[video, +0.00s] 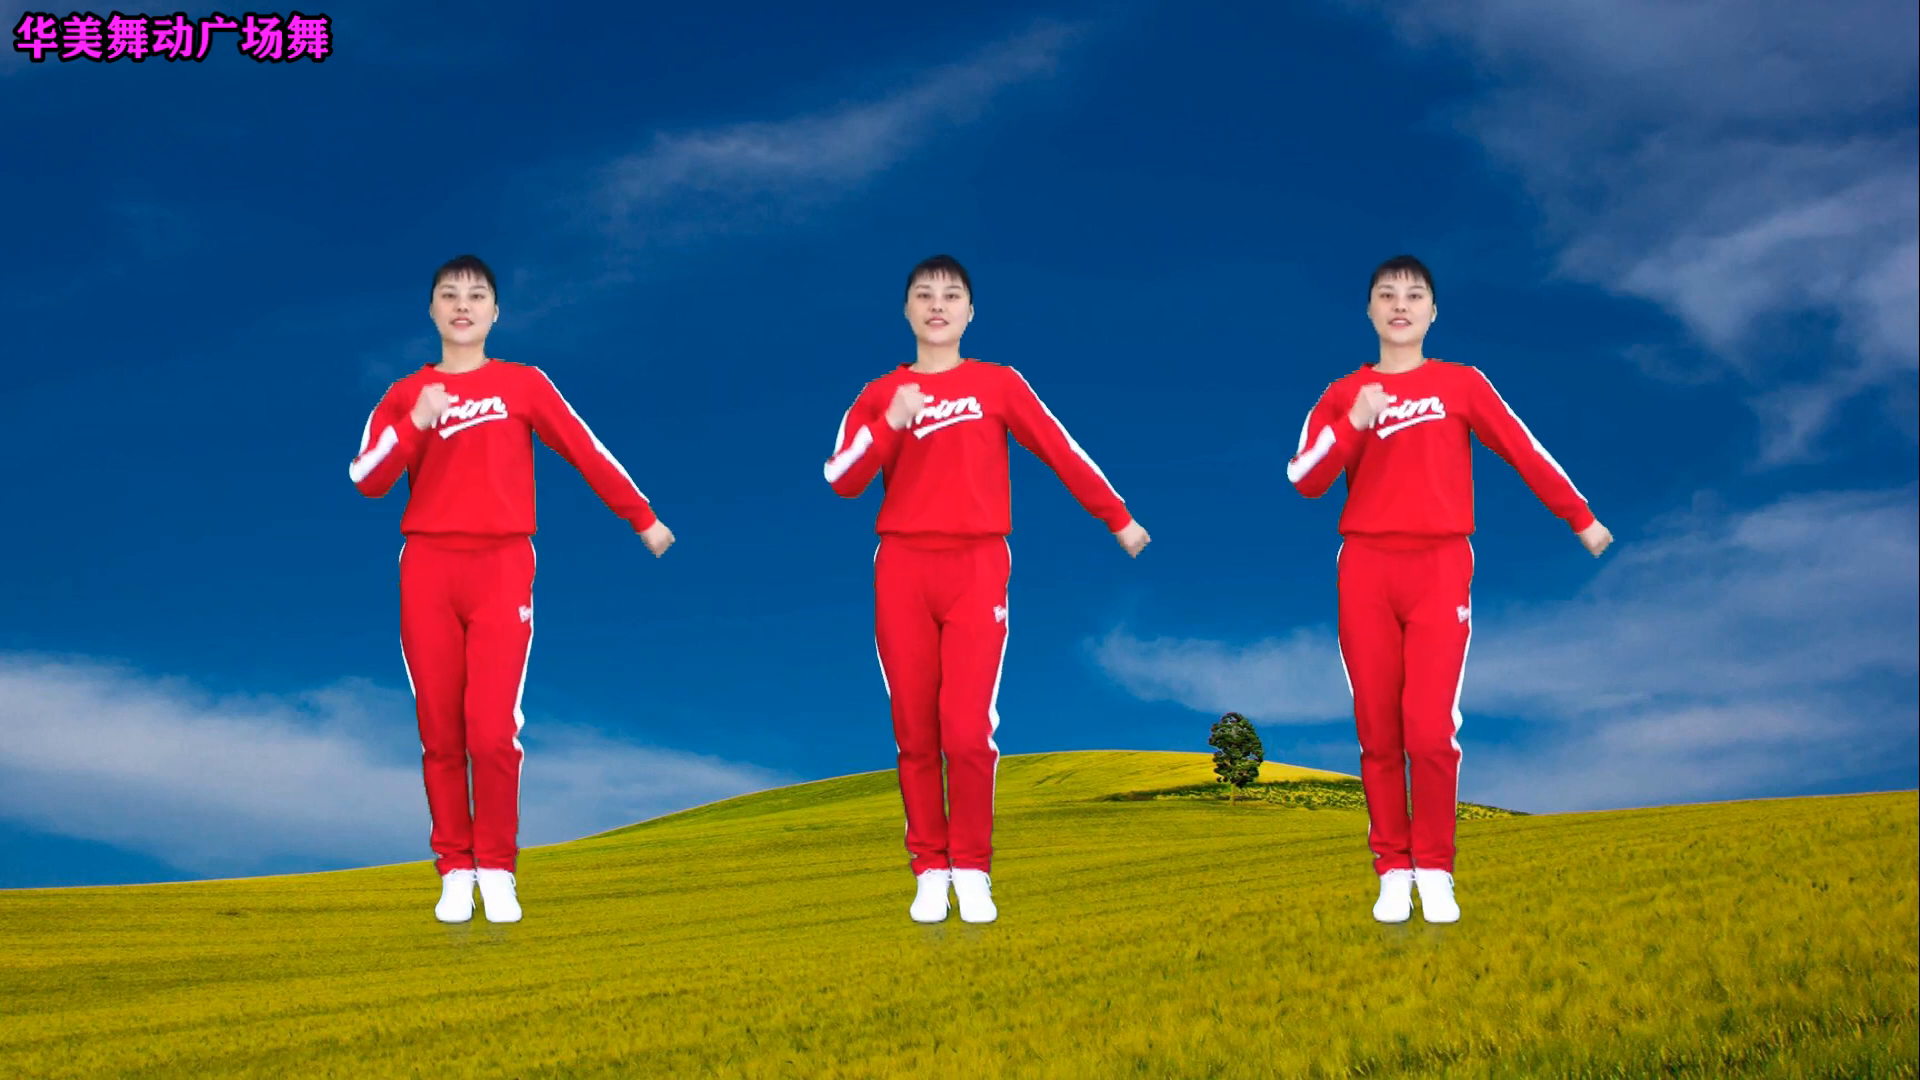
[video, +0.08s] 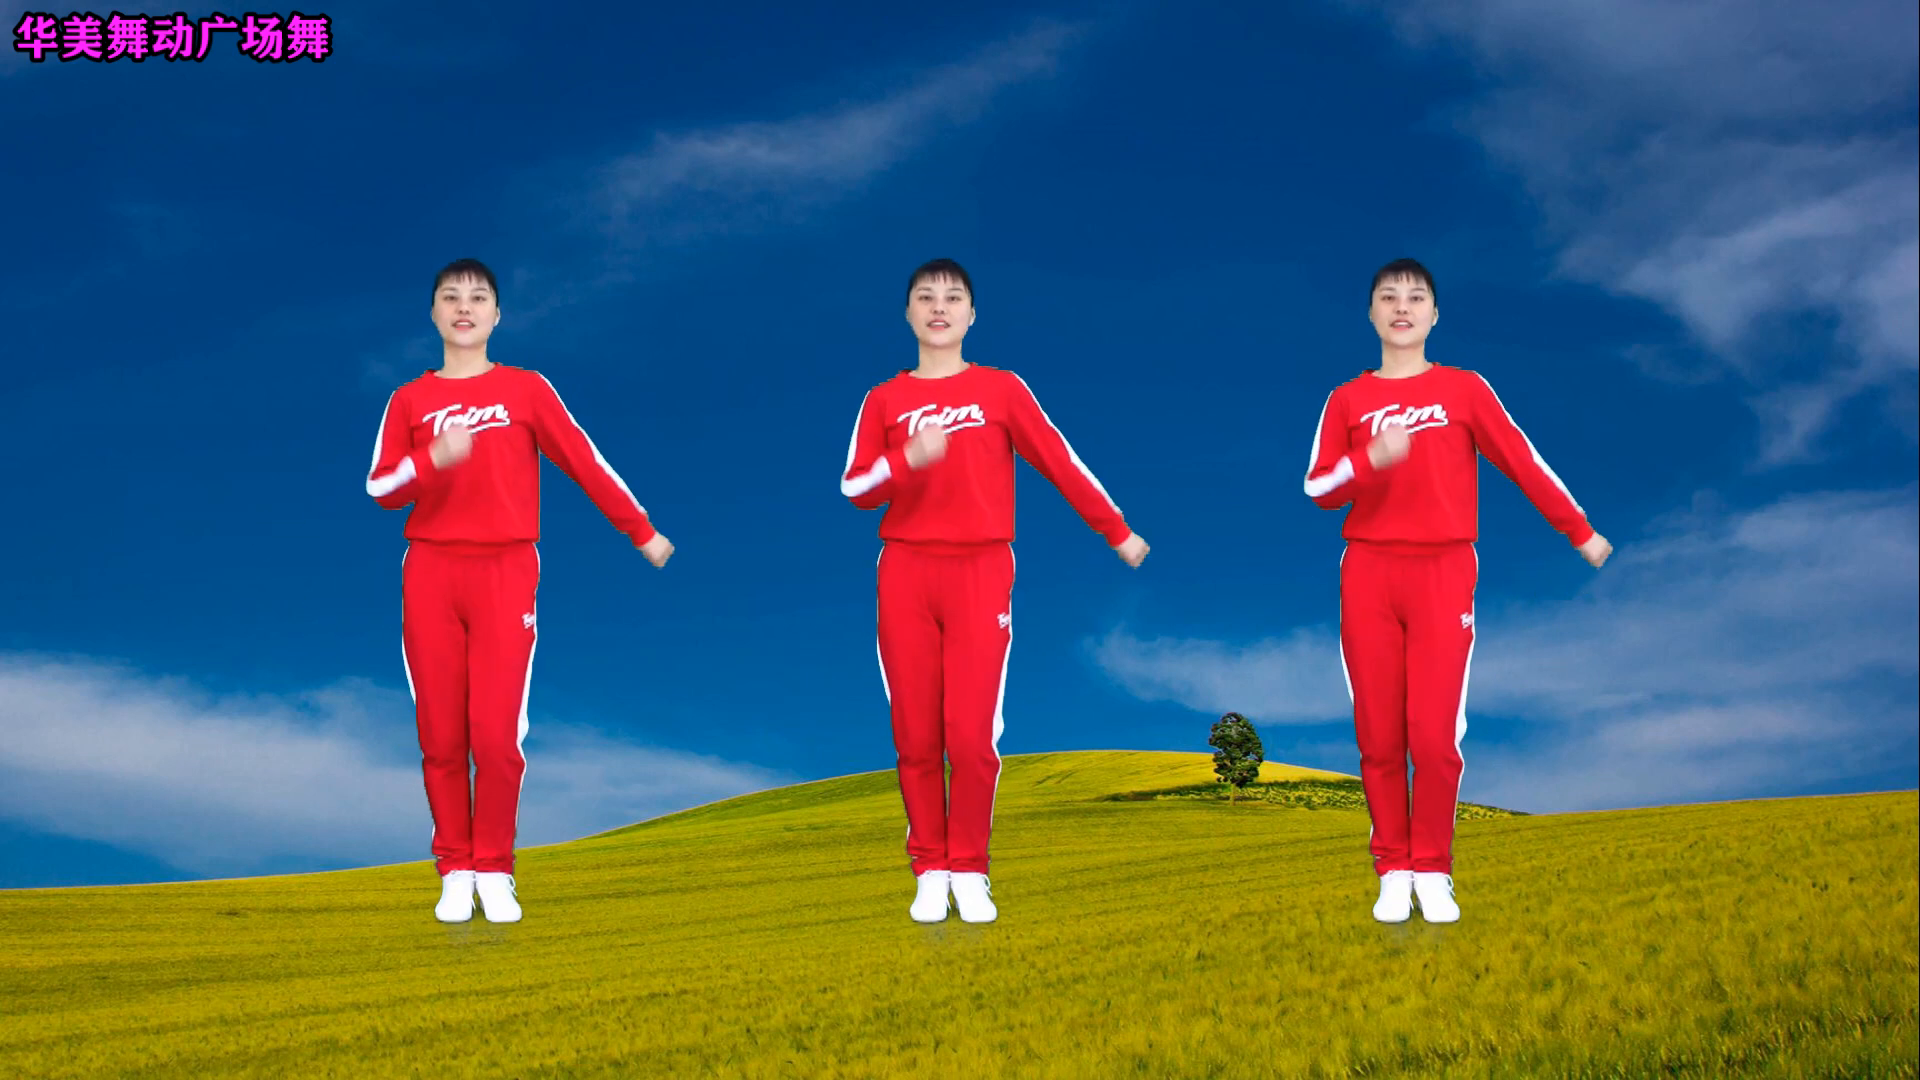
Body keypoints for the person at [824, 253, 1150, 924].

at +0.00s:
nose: (937, 306)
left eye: (951, 296)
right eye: (925, 296)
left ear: (969, 311)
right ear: (908, 310)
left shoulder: (1000, 383)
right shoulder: (879, 394)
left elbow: (1063, 452)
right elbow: (843, 481)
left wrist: (1119, 518)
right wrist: (888, 426)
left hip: (979, 566)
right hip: (902, 568)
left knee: (967, 729)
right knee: (915, 731)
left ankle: (971, 868)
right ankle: (929, 869)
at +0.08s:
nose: (939, 307)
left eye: (952, 298)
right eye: (926, 298)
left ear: (971, 314)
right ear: (909, 314)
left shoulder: (1002, 388)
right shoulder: (883, 399)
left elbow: (1063, 463)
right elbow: (856, 489)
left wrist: (1118, 532)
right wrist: (905, 462)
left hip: (981, 570)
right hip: (905, 571)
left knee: (971, 729)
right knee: (916, 731)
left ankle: (969, 870)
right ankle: (930, 869)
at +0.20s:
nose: (943, 306)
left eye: (954, 296)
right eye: (931, 297)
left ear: (973, 309)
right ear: (913, 311)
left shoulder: (1006, 385)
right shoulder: (890, 395)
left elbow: (1040, 476)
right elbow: (882, 480)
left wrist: (1066, 564)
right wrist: (911, 542)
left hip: (992, 566)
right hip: (916, 569)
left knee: (984, 724)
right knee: (926, 722)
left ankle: (973, 867)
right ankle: (931, 855)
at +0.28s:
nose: (946, 318)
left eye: (958, 308)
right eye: (933, 309)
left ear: (976, 320)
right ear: (916, 323)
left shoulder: (1007, 397)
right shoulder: (891, 408)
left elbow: (1019, 491)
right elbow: (883, 503)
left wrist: (1013, 578)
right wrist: (883, 589)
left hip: (995, 577)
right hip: (923, 579)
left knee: (989, 729)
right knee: (935, 714)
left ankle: (972, 868)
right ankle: (934, 811)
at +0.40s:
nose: (950, 319)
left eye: (961, 308)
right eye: (937, 310)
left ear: (979, 319)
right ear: (920, 325)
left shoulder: (1010, 398)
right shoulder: (895, 409)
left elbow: (1027, 478)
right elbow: (859, 498)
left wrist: (962, 494)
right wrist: (832, 584)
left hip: (1002, 575)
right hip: (925, 577)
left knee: (997, 723)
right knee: (951, 694)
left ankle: (973, 867)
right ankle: (940, 793)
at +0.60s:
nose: (953, 295)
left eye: (964, 284)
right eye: (938, 287)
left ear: (983, 298)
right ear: (922, 305)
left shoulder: (1014, 376)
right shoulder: (899, 380)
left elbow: (1045, 462)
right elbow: (831, 442)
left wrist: (990, 412)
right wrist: (766, 504)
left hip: (999, 556)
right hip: (923, 557)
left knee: (989, 715)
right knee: (941, 713)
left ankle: (975, 862)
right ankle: (931, 848)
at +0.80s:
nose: (959, 302)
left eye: (969, 292)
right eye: (943, 294)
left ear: (982, 308)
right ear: (920, 313)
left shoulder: (1010, 388)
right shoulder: (892, 383)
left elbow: (1039, 473)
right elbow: (806, 418)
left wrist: (1016, 489)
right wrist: (713, 453)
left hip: (998, 564)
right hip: (922, 565)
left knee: (988, 725)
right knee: (931, 727)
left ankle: (974, 868)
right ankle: (925, 870)